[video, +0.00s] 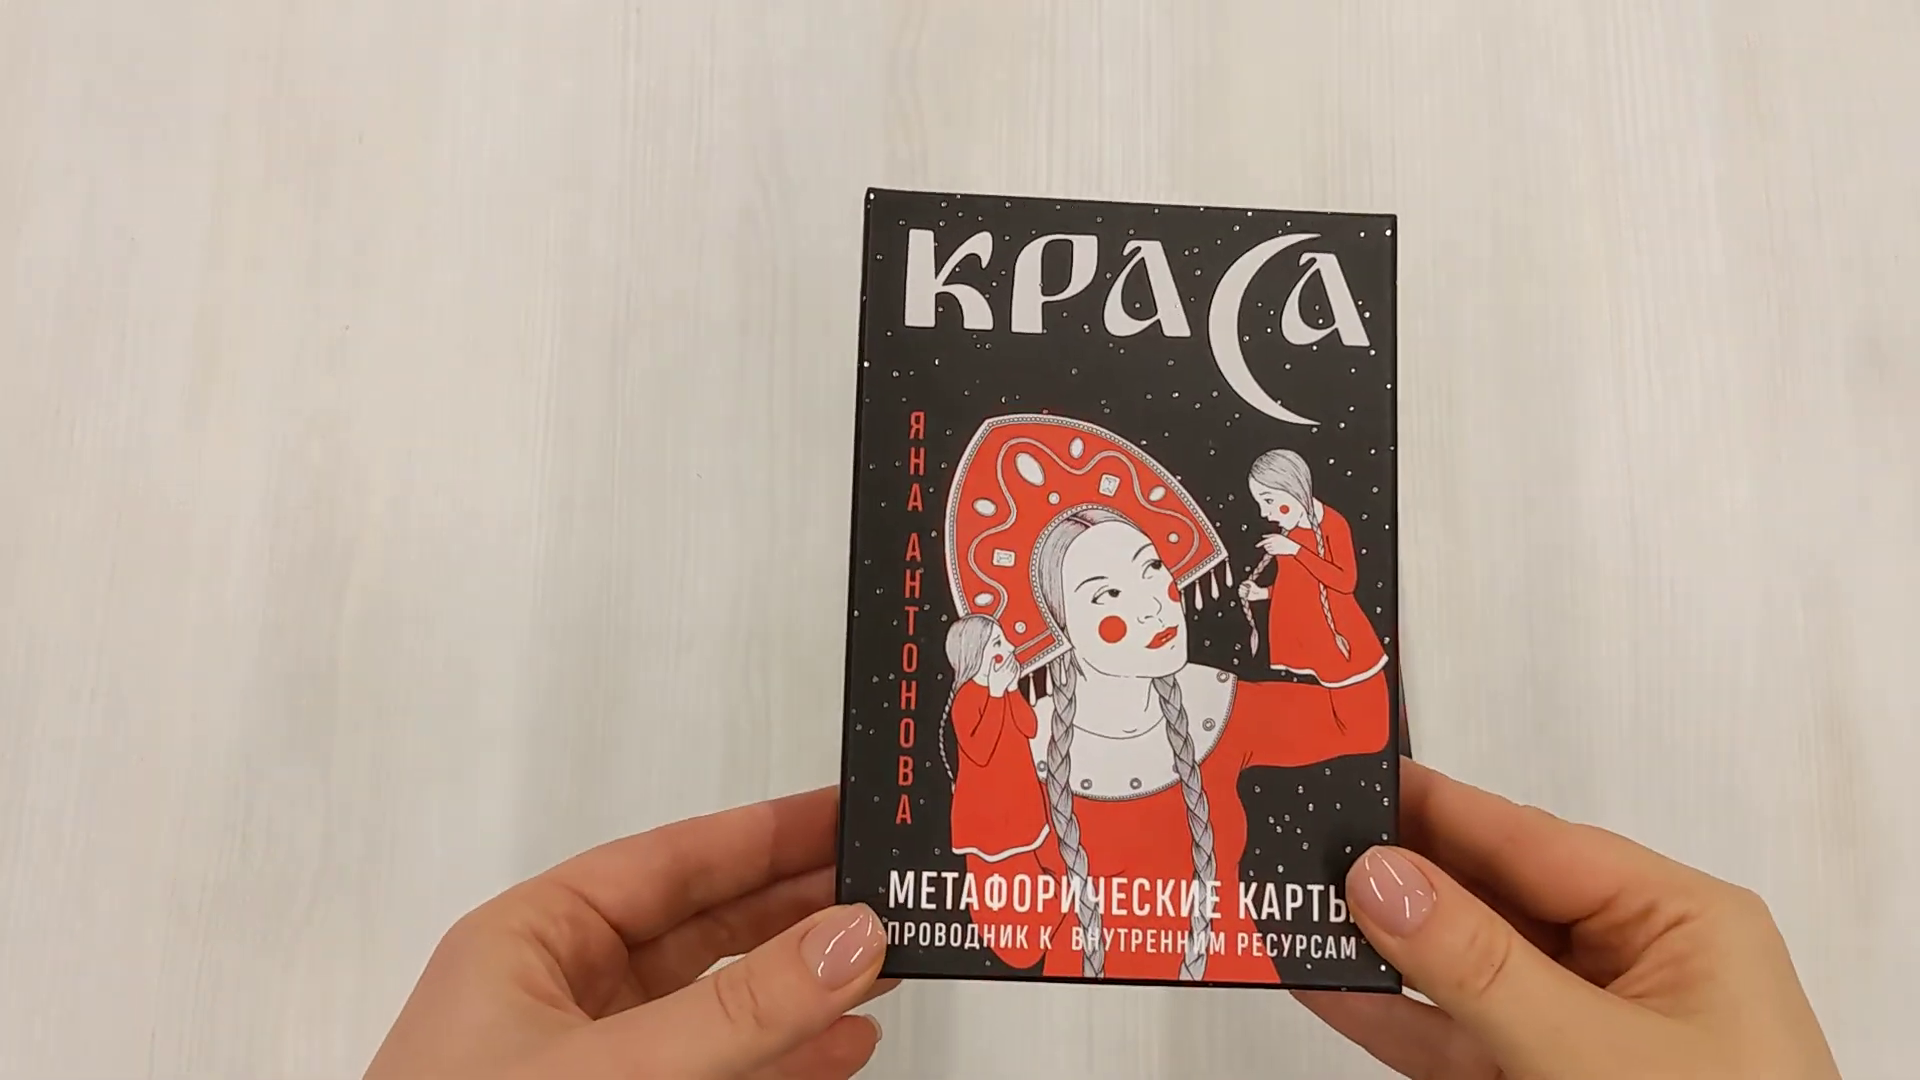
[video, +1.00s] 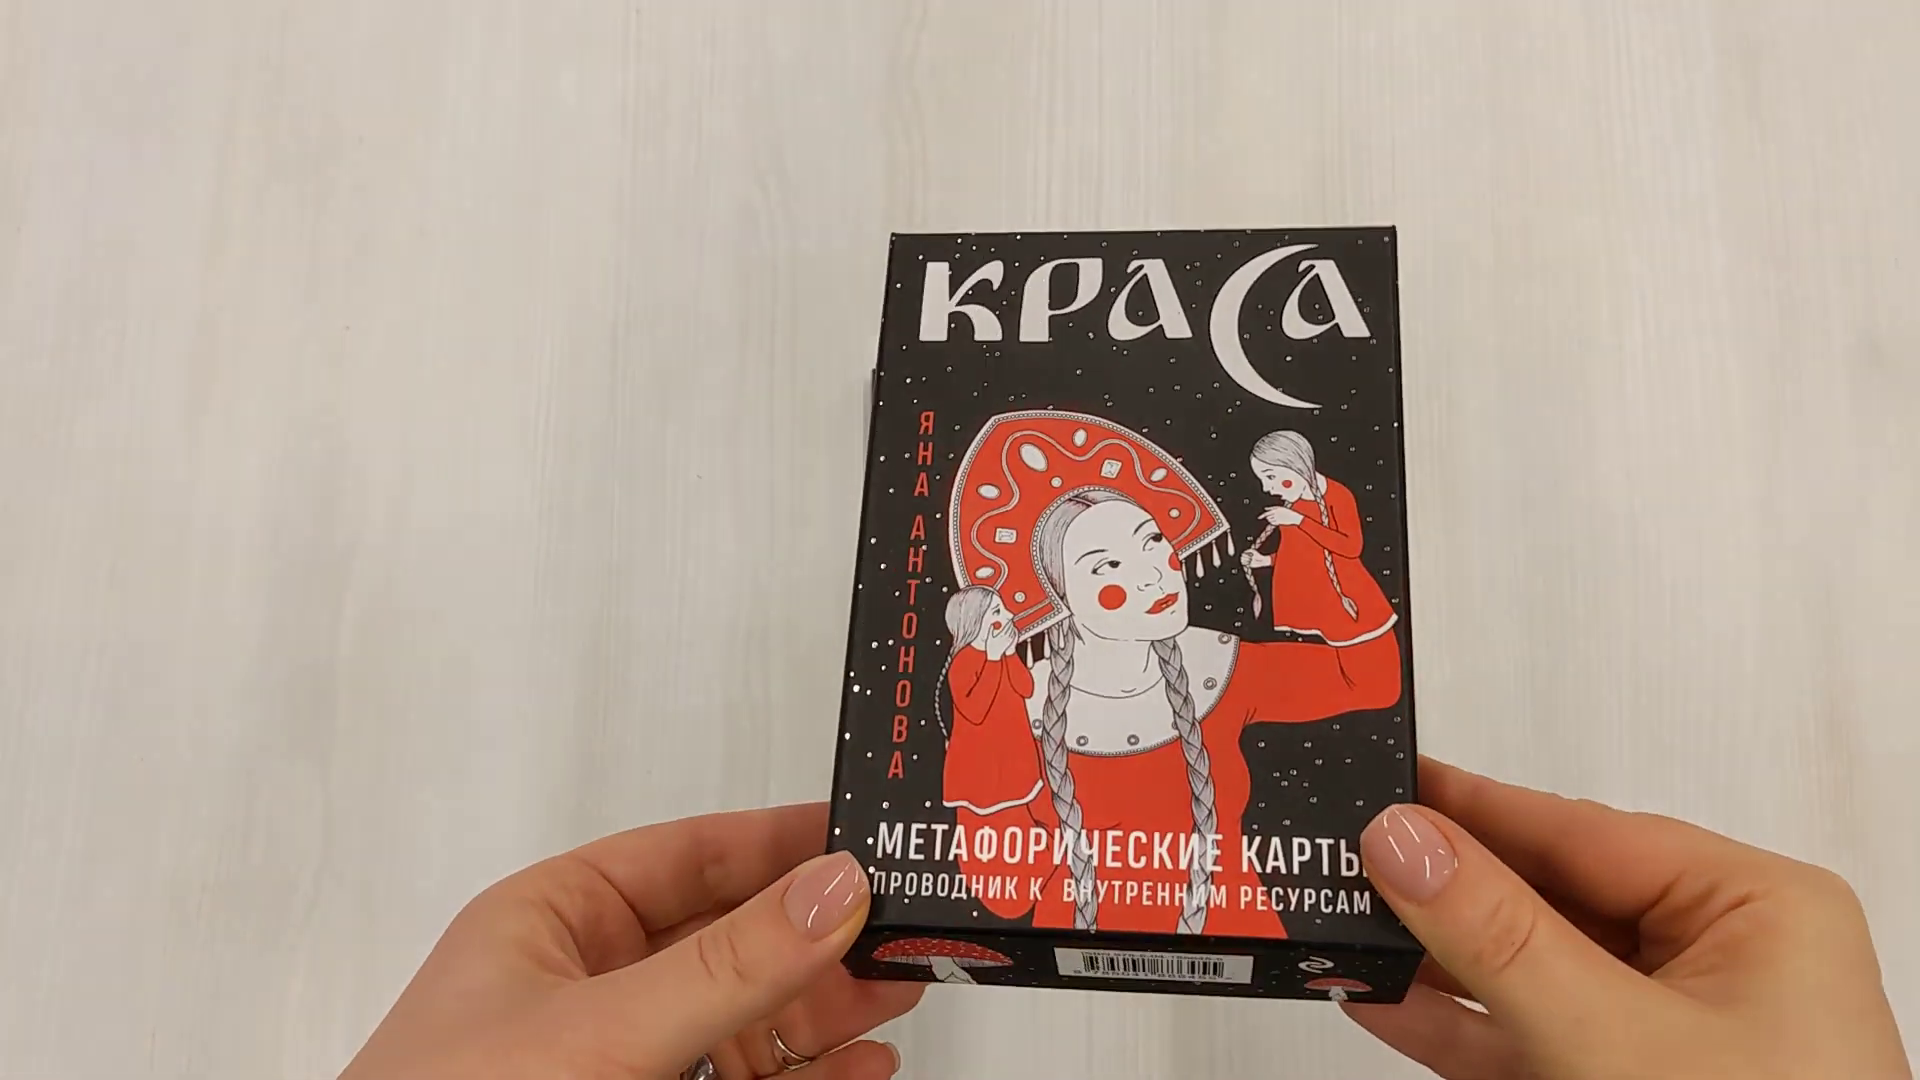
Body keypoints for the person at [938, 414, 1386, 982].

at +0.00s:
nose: (1155, 603)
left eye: (1150, 568)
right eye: (1105, 596)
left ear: (1170, 574)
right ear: (1066, 631)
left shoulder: (1214, 706)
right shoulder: (1025, 737)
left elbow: (1360, 720)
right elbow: (1018, 942)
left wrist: (1313, 577)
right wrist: (992, 720)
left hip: (1226, 1001)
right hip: (1084, 1009)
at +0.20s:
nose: (1143, 587)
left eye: (1138, 552)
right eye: (1093, 580)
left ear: (1159, 557)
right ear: (1054, 614)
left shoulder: (1207, 691)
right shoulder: (1012, 723)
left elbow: (1353, 703)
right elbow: (1005, 929)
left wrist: (1304, 557)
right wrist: (977, 705)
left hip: (1220, 988)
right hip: (1075, 997)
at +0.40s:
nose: (1136, 572)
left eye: (1133, 536)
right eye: (1085, 564)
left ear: (1153, 542)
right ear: (1046, 599)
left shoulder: (1199, 674)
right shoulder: (1001, 707)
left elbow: (1355, 687)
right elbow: (997, 918)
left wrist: (1311, 539)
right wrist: (971, 693)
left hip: (1221, 987)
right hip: (1066, 996)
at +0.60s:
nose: (1138, 567)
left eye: (1135, 534)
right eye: (1090, 561)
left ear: (1156, 538)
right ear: (1051, 593)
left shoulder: (1198, 663)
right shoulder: (1008, 699)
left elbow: (1358, 676)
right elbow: (999, 904)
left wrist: (1308, 531)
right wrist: (976, 699)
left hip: (1224, 958)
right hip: (1076, 963)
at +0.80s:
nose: (1140, 573)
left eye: (1139, 541)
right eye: (1093, 566)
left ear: (1158, 547)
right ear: (1053, 597)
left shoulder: (1201, 666)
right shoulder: (1009, 705)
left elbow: (1360, 677)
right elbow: (998, 903)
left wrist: (1314, 538)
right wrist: (979, 701)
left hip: (1222, 956)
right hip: (1074, 961)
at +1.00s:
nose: (1154, 574)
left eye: (1151, 542)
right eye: (1105, 567)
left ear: (1171, 547)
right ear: (1067, 597)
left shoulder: (1213, 666)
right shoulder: (1023, 700)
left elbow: (1371, 679)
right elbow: (1005, 889)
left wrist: (1314, 537)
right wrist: (986, 700)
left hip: (1232, 952)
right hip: (1083, 956)